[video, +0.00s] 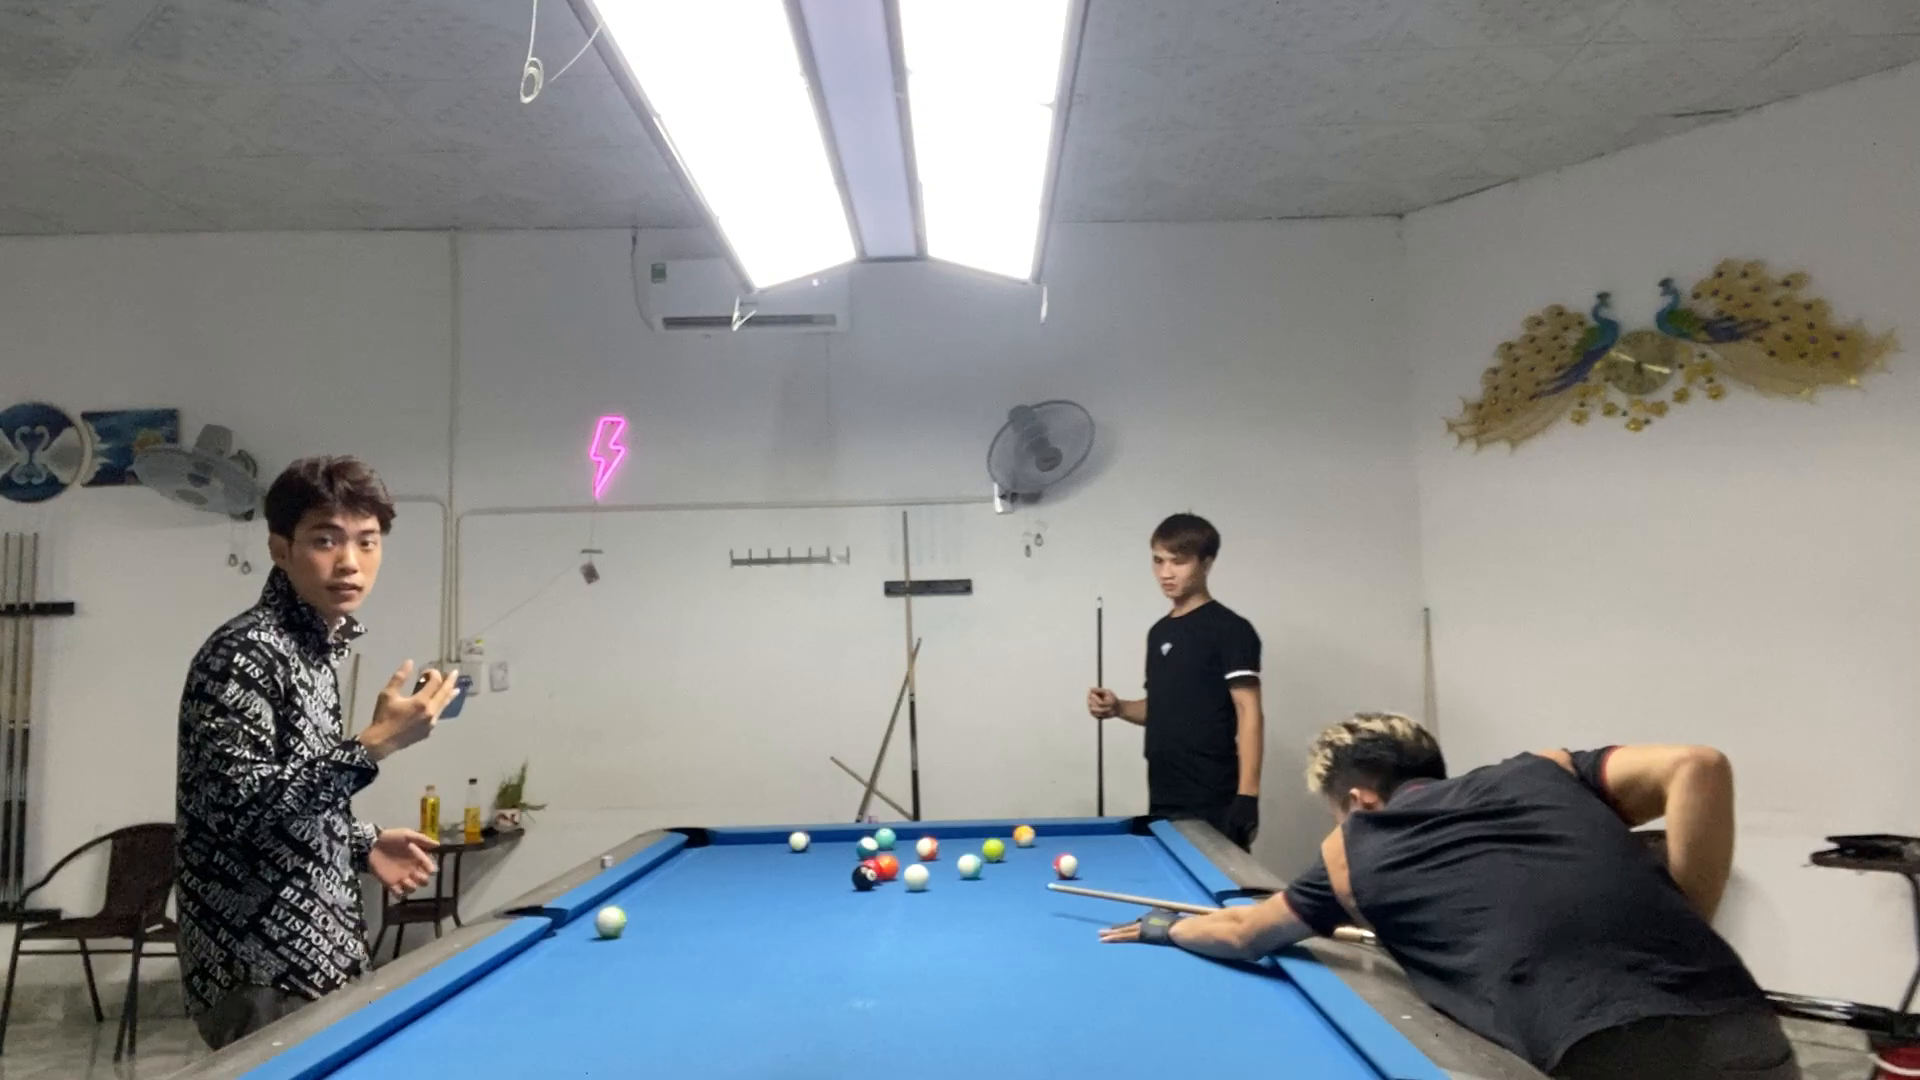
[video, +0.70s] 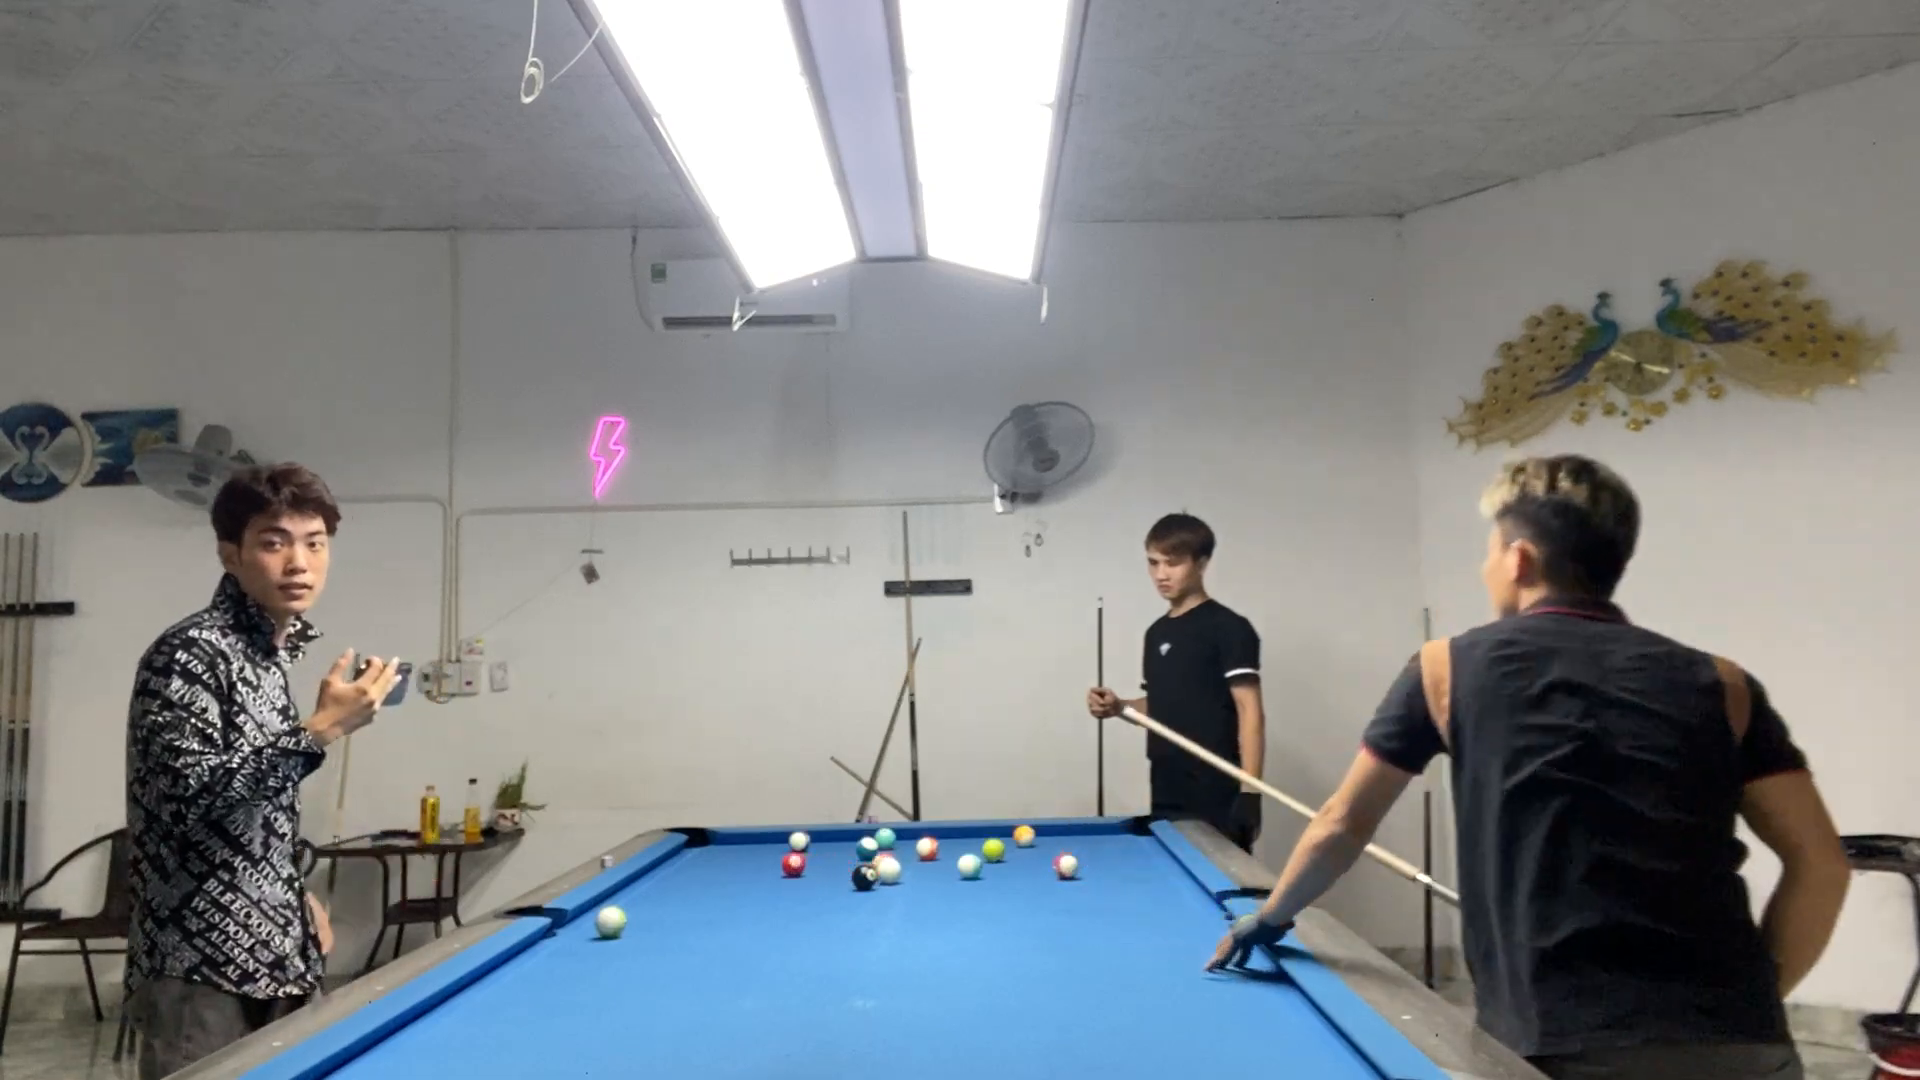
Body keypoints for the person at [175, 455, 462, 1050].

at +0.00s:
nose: (350, 561)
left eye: (366, 541)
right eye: (326, 540)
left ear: (381, 552)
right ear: (281, 549)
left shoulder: (314, 658)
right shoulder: (241, 654)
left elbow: (293, 807)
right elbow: (243, 810)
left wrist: (366, 844)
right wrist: (374, 743)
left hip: (321, 951)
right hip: (259, 967)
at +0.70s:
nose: (299, 563)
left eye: (314, 543)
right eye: (275, 542)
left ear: (329, 554)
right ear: (230, 554)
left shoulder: (267, 664)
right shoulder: (187, 657)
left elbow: (251, 820)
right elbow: (188, 796)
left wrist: (297, 897)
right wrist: (321, 728)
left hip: (279, 965)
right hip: (199, 973)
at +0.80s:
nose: (270, 567)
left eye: (285, 547)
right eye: (245, 546)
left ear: (299, 557)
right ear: (199, 559)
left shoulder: (236, 669)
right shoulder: (156, 662)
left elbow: (239, 844)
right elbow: (163, 801)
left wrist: (277, 963)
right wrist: (296, 730)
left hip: (248, 975)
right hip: (171, 983)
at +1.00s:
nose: (226, 587)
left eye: (237, 566)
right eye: (201, 564)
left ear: (246, 571)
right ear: (140, 572)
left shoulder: (163, 681)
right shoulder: (86, 676)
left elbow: (163, 857)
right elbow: (102, 826)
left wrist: (200, 981)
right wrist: (240, 744)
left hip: (177, 990)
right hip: (93, 1001)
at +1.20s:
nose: (183, 602)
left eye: (193, 583)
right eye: (165, 580)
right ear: (96, 575)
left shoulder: (101, 675)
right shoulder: (35, 681)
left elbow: (97, 840)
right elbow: (75, 838)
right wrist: (200, 747)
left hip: (132, 980)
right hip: (49, 999)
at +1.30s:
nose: (165, 604)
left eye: (174, 583)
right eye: (148, 582)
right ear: (81, 576)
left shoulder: (80, 668)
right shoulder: (23, 679)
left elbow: (79, 834)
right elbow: (62, 832)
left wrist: (122, 930)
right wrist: (185, 746)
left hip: (115, 970)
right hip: (40, 991)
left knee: (144, 1068)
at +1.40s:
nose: (152, 603)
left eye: (160, 583)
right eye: (135, 582)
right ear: (68, 576)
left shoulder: (68, 660)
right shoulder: (15, 674)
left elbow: (64, 816)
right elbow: (50, 831)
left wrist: (101, 866)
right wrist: (174, 746)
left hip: (97, 968)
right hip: (33, 987)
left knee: (124, 1068)